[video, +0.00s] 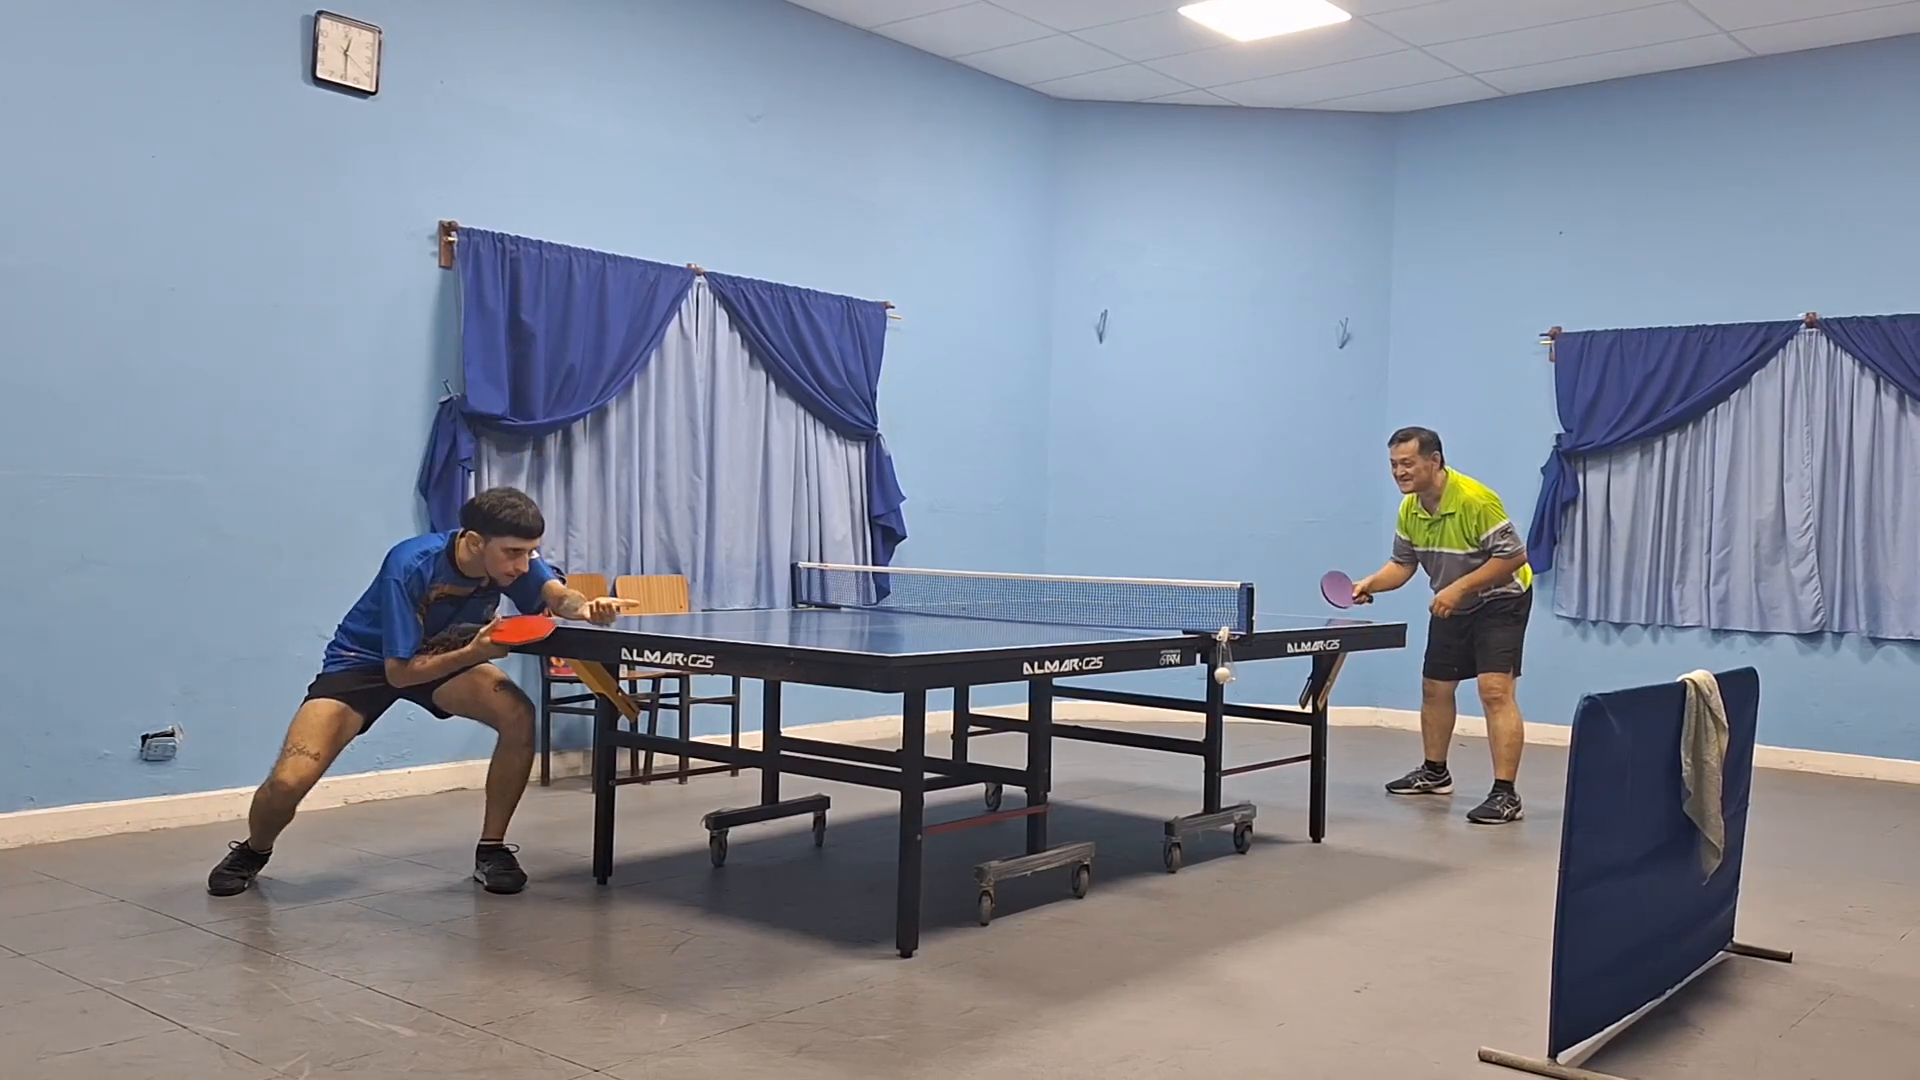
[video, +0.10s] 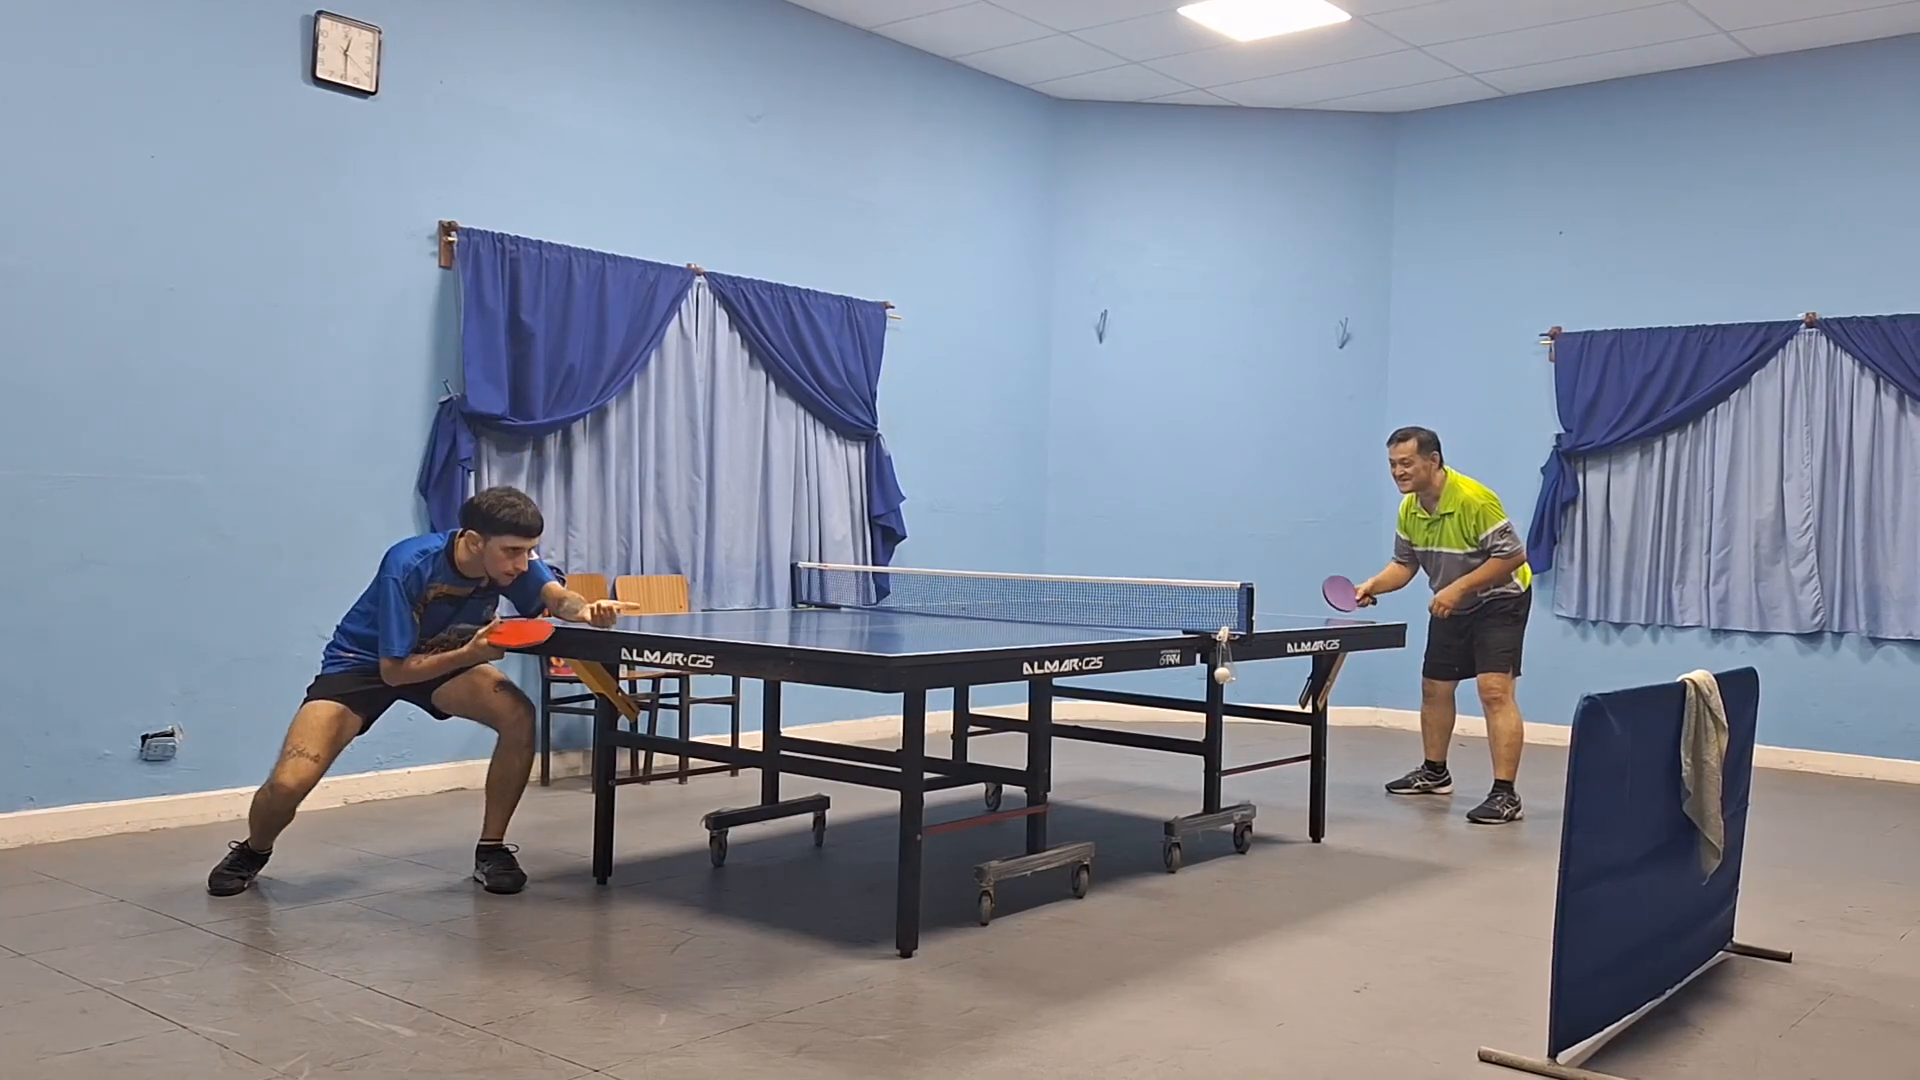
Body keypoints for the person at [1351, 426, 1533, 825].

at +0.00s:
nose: (1399, 471)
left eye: (1407, 463)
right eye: (1394, 464)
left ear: (1435, 462)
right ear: (1392, 467)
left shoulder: (1475, 500)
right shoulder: (1409, 509)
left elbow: (1513, 554)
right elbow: (1403, 563)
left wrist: (1460, 589)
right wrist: (1372, 584)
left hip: (1500, 600)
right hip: (1451, 605)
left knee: (1494, 690)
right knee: (1435, 686)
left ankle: (1505, 792)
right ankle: (1435, 770)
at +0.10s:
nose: (1398, 471)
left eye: (1406, 463)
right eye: (1394, 464)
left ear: (1434, 462)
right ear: (1392, 467)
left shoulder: (1474, 500)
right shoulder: (1409, 509)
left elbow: (1512, 554)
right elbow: (1405, 563)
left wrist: (1459, 589)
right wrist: (1375, 585)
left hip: (1499, 600)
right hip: (1450, 604)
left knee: (1494, 691)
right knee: (1435, 686)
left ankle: (1504, 793)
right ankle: (1434, 770)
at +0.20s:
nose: (1397, 470)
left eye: (1405, 462)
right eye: (1393, 463)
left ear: (1433, 461)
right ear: (1391, 465)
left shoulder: (1473, 500)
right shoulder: (1409, 508)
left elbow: (1511, 553)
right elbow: (1406, 563)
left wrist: (1459, 588)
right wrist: (1377, 587)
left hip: (1498, 600)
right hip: (1449, 605)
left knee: (1493, 691)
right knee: (1435, 686)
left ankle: (1504, 793)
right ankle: (1434, 770)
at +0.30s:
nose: (1398, 468)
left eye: (1405, 459)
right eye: (1393, 461)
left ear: (1434, 459)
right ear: (1392, 463)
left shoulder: (1473, 498)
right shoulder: (1409, 506)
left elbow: (1510, 552)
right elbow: (1407, 561)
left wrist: (1458, 587)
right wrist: (1380, 587)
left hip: (1497, 600)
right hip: (1448, 605)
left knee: (1493, 690)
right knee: (1435, 686)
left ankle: (1504, 793)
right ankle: (1434, 770)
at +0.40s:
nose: (1399, 465)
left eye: (1407, 457)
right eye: (1395, 458)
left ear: (1435, 457)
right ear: (1393, 460)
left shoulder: (1473, 496)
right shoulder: (1409, 504)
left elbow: (1510, 551)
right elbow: (1407, 559)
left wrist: (1458, 586)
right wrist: (1381, 585)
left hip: (1496, 600)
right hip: (1447, 604)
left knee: (1492, 690)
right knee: (1434, 686)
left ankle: (1504, 793)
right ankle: (1434, 771)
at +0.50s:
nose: (1400, 463)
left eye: (1408, 455)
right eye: (1395, 456)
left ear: (1435, 455)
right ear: (1394, 458)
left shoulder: (1472, 495)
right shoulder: (1408, 503)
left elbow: (1510, 549)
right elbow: (1406, 558)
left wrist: (1459, 586)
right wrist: (1378, 582)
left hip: (1494, 600)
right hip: (1445, 604)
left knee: (1491, 690)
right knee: (1433, 686)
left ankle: (1503, 793)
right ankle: (1434, 771)